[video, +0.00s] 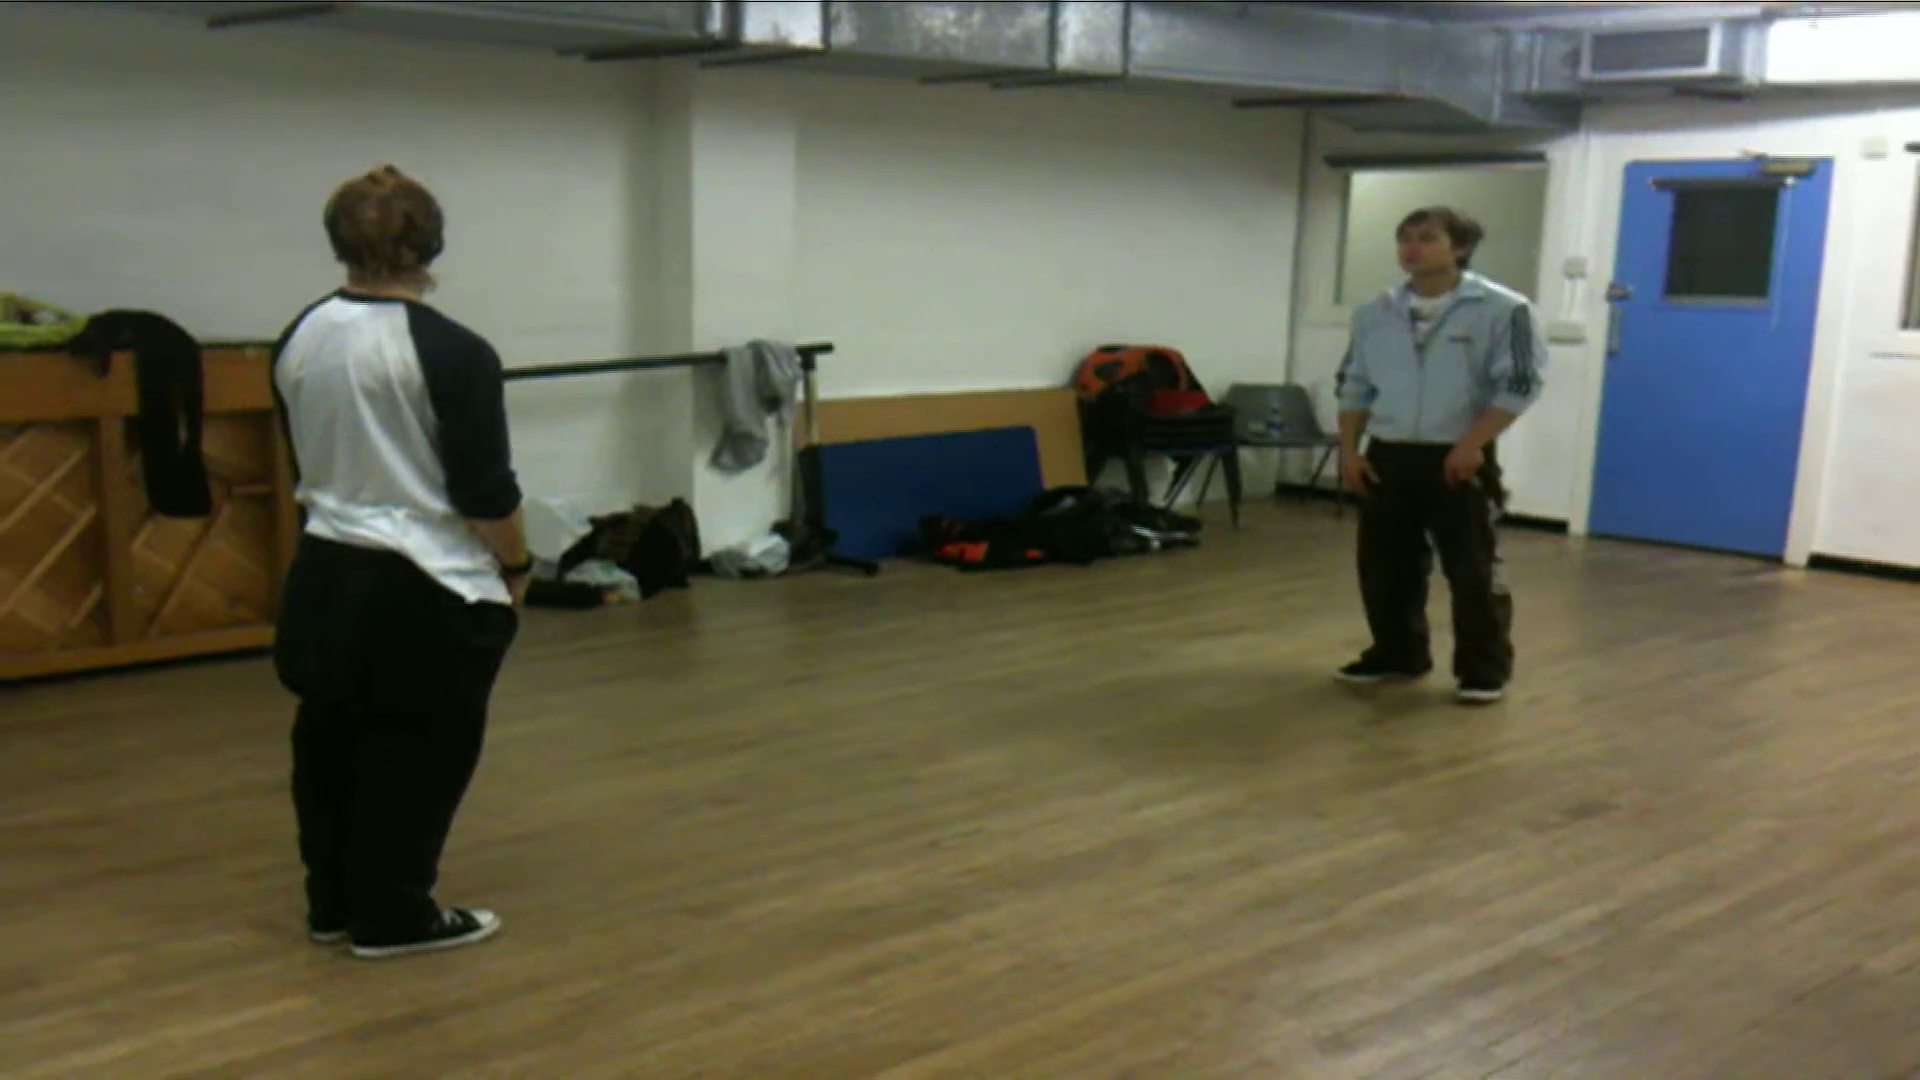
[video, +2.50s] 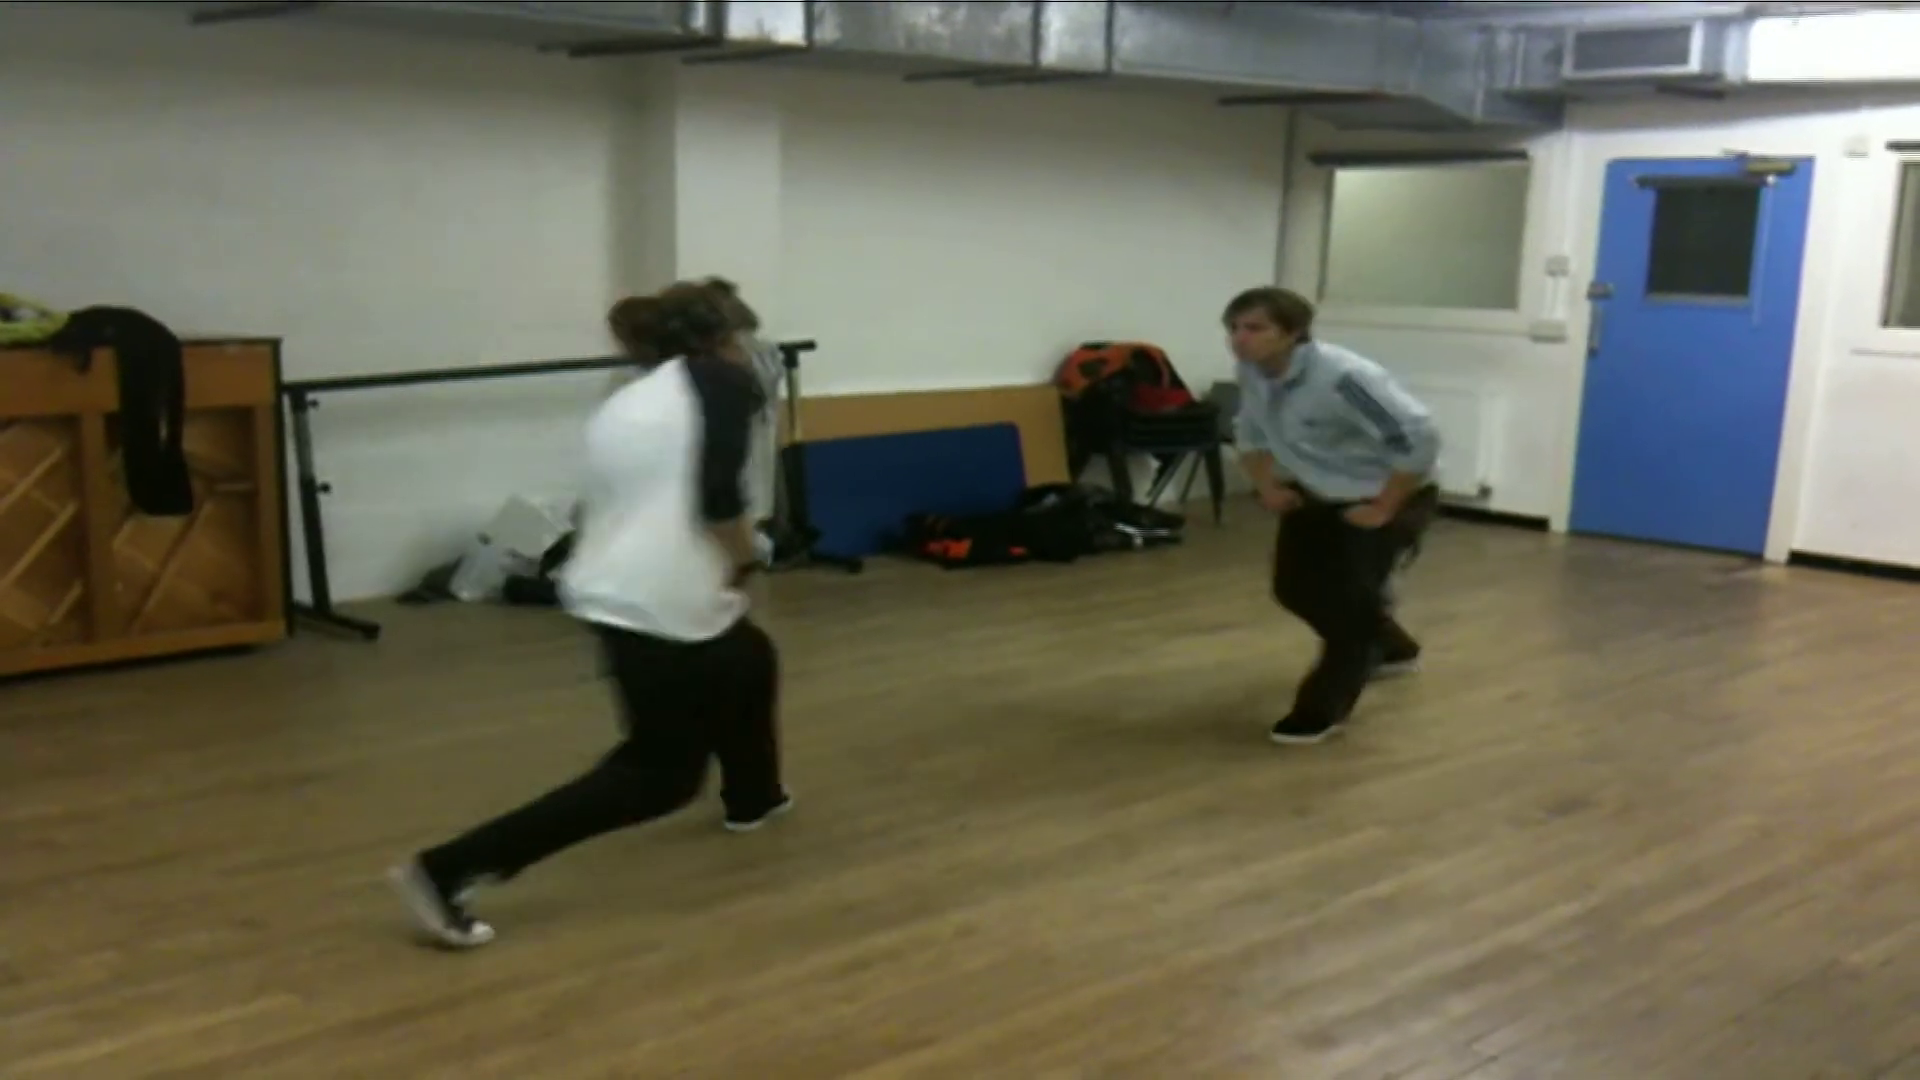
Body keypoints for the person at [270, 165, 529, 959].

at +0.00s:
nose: (436, 249)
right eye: (432, 238)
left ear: (343, 246)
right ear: (428, 247)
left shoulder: (300, 340)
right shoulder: (455, 354)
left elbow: (309, 471)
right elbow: (487, 495)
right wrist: (513, 567)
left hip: (328, 584)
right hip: (433, 598)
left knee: (331, 737)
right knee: (425, 755)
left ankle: (332, 901)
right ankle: (396, 913)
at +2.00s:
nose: (525, 247)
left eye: (522, 233)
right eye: (516, 234)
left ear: (440, 246)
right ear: (479, 248)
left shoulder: (375, 326)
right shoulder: (480, 354)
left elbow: (370, 461)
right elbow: (498, 500)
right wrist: (512, 588)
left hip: (341, 576)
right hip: (428, 594)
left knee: (355, 736)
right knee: (434, 757)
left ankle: (325, 900)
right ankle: (379, 910)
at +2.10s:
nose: (562, 257)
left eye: (560, 242)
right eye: (554, 245)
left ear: (479, 253)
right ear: (521, 257)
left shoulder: (416, 321)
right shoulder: (508, 353)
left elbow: (430, 458)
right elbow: (538, 505)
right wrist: (550, 587)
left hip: (380, 566)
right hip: (456, 586)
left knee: (420, 730)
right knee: (451, 751)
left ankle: (349, 872)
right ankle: (378, 907)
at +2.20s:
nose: (601, 279)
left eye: (600, 264)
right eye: (595, 266)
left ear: (518, 267)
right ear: (569, 273)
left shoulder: (458, 336)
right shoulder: (552, 367)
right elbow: (583, 507)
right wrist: (592, 581)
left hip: (420, 564)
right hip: (488, 577)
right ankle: (383, 902)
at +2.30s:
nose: (648, 308)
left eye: (646, 293)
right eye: (641, 295)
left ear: (569, 301)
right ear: (616, 304)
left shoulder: (522, 362)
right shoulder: (607, 383)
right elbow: (624, 521)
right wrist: (630, 585)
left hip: (461, 568)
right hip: (511, 585)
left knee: (628, 666)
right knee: (582, 744)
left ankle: (631, 818)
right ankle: (400, 886)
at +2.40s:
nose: (707, 343)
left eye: (706, 328)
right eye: (701, 330)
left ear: (631, 331)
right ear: (673, 334)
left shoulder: (587, 386)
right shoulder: (668, 384)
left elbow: (570, 493)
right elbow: (646, 500)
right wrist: (678, 566)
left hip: (525, 587)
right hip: (582, 607)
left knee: (685, 662)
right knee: (611, 773)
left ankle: (738, 783)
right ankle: (411, 887)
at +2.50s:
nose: (746, 346)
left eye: (745, 335)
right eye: (740, 336)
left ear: (671, 340)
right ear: (718, 337)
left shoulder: (629, 397)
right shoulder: (723, 382)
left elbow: (611, 506)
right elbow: (719, 496)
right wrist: (744, 559)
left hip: (606, 590)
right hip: (663, 599)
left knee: (749, 661)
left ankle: (753, 797)